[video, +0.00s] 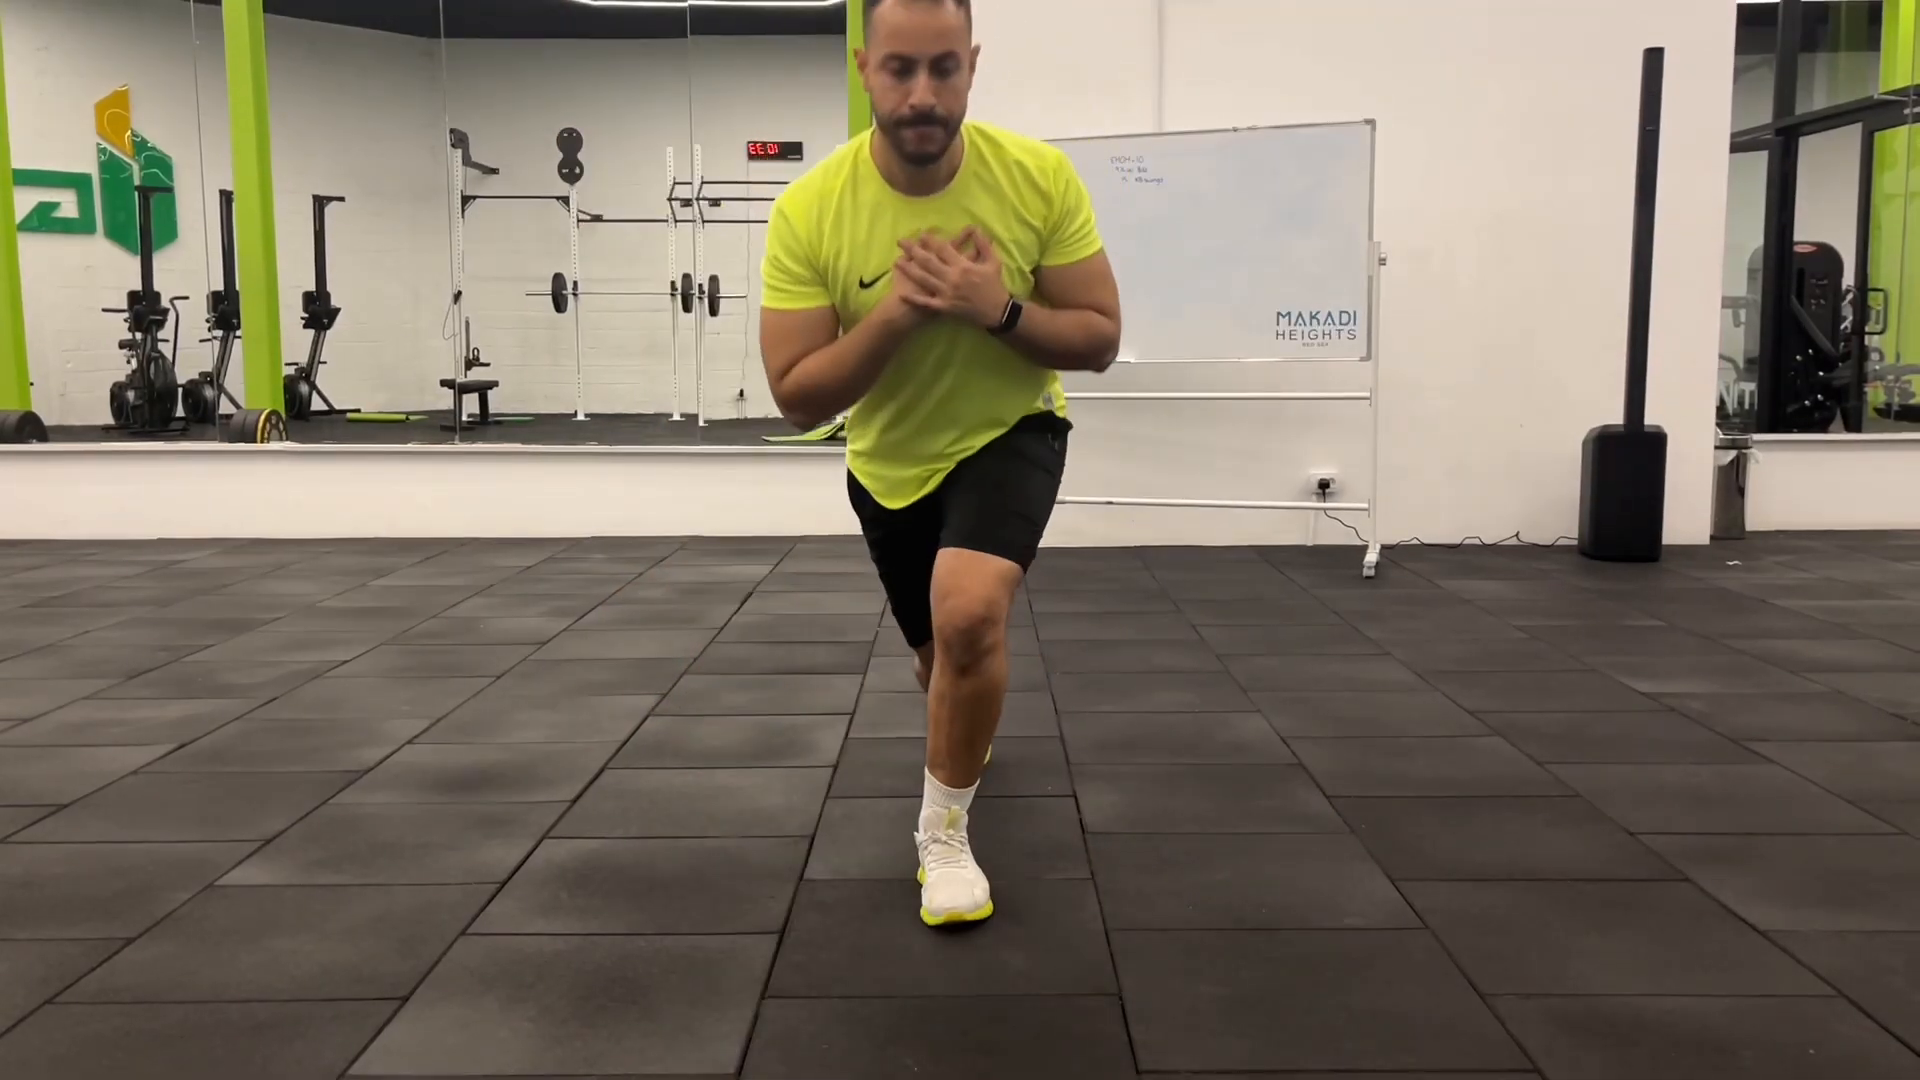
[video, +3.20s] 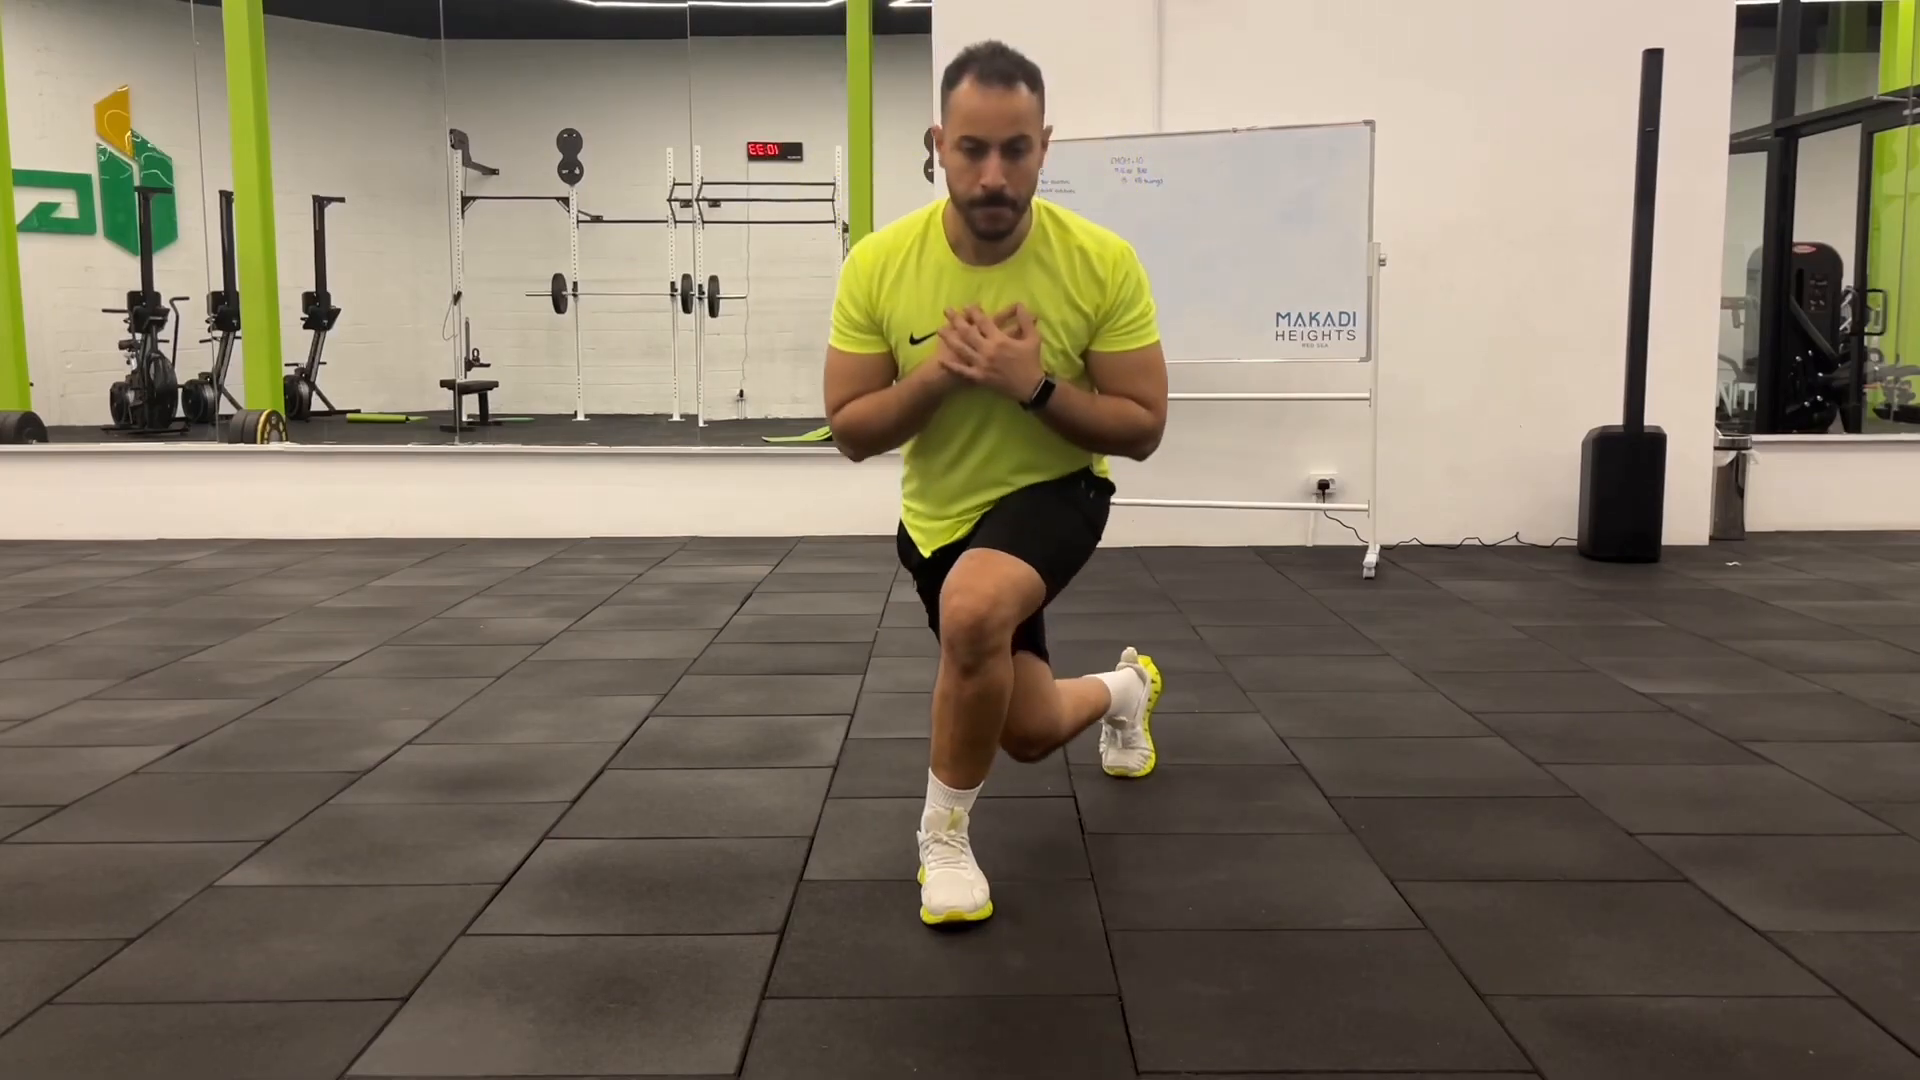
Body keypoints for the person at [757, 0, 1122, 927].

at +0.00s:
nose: (922, 94)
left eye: (943, 68)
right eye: (898, 69)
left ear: (972, 67)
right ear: (862, 73)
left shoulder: (1038, 179)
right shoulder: (809, 213)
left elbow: (1098, 337)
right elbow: (797, 397)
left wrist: (1002, 312)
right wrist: (895, 313)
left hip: (1009, 424)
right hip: (889, 452)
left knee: (967, 620)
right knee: (935, 658)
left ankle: (945, 830)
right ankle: (963, 750)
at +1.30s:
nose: (962, 11)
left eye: (977, 0)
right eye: (943, 1)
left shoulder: (1067, 80)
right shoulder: (828, 75)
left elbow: (1101, 258)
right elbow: (792, 258)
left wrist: (1005, 204)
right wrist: (900, 184)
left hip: (998, 354)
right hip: (868, 359)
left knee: (974, 593)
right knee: (890, 597)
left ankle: (948, 830)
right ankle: (908, 680)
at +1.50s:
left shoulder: (1060, 18)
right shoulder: (825, 13)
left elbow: (1097, 209)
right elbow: (786, 199)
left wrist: (994, 135)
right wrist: (886, 113)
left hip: (989, 332)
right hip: (853, 327)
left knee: (964, 579)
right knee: (830, 580)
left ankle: (947, 829)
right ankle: (829, 742)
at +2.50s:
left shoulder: (1079, 15)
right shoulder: (836, 8)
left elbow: (1112, 199)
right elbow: (792, 182)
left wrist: (1006, 114)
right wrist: (902, 94)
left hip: (996, 330)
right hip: (858, 324)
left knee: (972, 582)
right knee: (847, 576)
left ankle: (949, 826)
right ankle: (888, 729)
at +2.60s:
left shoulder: (1082, 20)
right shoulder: (842, 11)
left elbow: (1114, 215)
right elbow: (794, 192)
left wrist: (1019, 136)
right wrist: (908, 110)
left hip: (1005, 331)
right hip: (870, 330)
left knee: (977, 582)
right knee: (891, 581)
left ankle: (947, 829)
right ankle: (983, 675)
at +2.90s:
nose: (993, 46)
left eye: (1016, 21)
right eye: (972, 20)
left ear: (1041, 24)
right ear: (933, 18)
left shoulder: (1091, 148)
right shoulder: (853, 140)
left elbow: (1126, 322)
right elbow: (816, 320)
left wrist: (1029, 270)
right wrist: (928, 252)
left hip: (1033, 395)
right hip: (908, 411)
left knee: (973, 607)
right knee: (998, 604)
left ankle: (946, 834)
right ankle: (1093, 684)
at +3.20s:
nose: (994, 177)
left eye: (1015, 151)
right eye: (973, 150)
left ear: (1043, 149)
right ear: (937, 150)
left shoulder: (1103, 265)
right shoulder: (877, 266)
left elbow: (1142, 426)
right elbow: (851, 430)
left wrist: (1036, 386)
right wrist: (937, 373)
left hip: (1058, 484)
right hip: (940, 509)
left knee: (970, 609)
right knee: (1029, 729)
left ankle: (944, 831)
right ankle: (1126, 687)